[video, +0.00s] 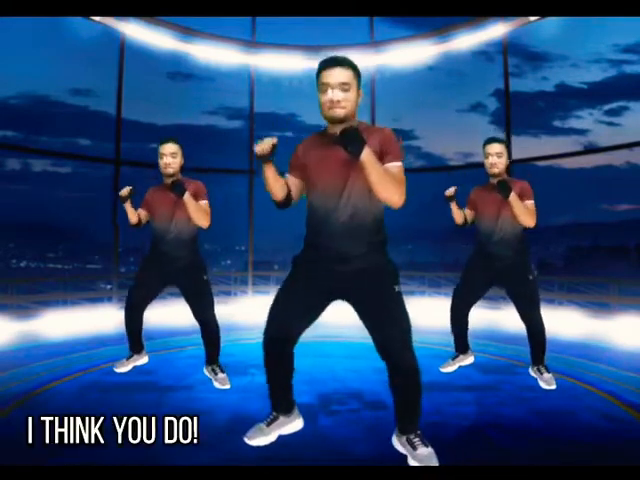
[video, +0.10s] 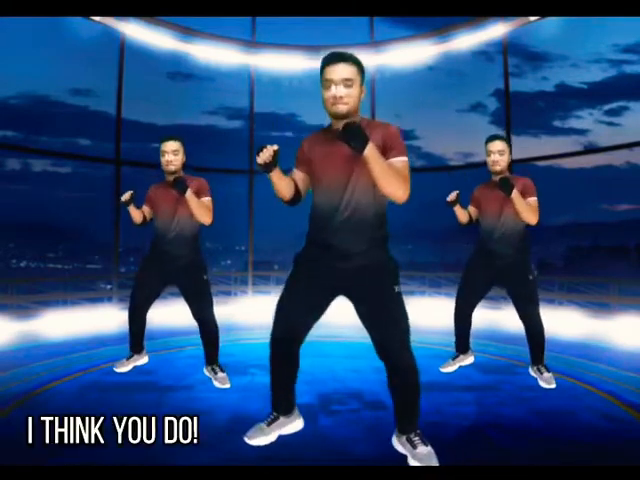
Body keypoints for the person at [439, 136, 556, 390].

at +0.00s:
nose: (493, 160)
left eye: (498, 155)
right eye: (488, 156)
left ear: (507, 159)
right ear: (483, 160)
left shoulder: (521, 188)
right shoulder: (478, 193)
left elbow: (529, 221)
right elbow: (463, 219)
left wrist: (509, 195)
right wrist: (452, 202)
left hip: (515, 265)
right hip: (483, 263)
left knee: (532, 318)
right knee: (459, 305)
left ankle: (538, 366)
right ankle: (463, 353)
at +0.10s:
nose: (495, 158)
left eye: (500, 153)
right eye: (490, 153)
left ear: (510, 156)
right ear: (486, 158)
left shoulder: (523, 185)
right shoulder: (481, 191)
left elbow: (531, 218)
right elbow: (466, 219)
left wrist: (511, 192)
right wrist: (456, 205)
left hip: (516, 263)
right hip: (484, 261)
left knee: (530, 316)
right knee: (463, 305)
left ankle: (538, 365)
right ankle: (463, 353)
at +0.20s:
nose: (496, 156)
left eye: (501, 151)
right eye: (492, 152)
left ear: (510, 154)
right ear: (487, 156)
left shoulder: (525, 182)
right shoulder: (483, 188)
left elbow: (535, 213)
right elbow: (474, 213)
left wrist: (513, 189)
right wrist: (466, 192)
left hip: (517, 259)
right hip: (486, 258)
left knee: (531, 314)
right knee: (465, 304)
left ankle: (538, 365)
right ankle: (463, 353)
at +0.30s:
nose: (498, 157)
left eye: (503, 152)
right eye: (493, 152)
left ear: (512, 154)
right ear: (489, 156)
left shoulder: (527, 181)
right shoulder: (484, 186)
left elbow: (536, 213)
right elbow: (475, 212)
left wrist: (513, 191)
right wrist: (476, 190)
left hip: (518, 260)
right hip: (487, 258)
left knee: (531, 315)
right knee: (464, 302)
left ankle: (538, 366)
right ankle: (462, 350)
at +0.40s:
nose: (502, 156)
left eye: (507, 150)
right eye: (497, 151)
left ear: (515, 153)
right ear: (492, 155)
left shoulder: (529, 181)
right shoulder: (485, 185)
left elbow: (541, 212)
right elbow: (467, 206)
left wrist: (519, 188)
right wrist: (465, 188)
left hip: (518, 259)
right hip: (487, 257)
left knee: (532, 313)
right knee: (460, 301)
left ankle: (538, 365)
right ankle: (464, 349)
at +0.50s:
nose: (500, 156)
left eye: (505, 151)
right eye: (496, 152)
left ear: (514, 154)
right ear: (490, 155)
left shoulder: (526, 182)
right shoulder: (477, 180)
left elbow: (538, 212)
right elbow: (448, 191)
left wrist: (517, 187)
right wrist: (434, 179)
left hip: (516, 259)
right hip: (485, 256)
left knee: (531, 314)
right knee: (460, 302)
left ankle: (539, 365)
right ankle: (467, 353)